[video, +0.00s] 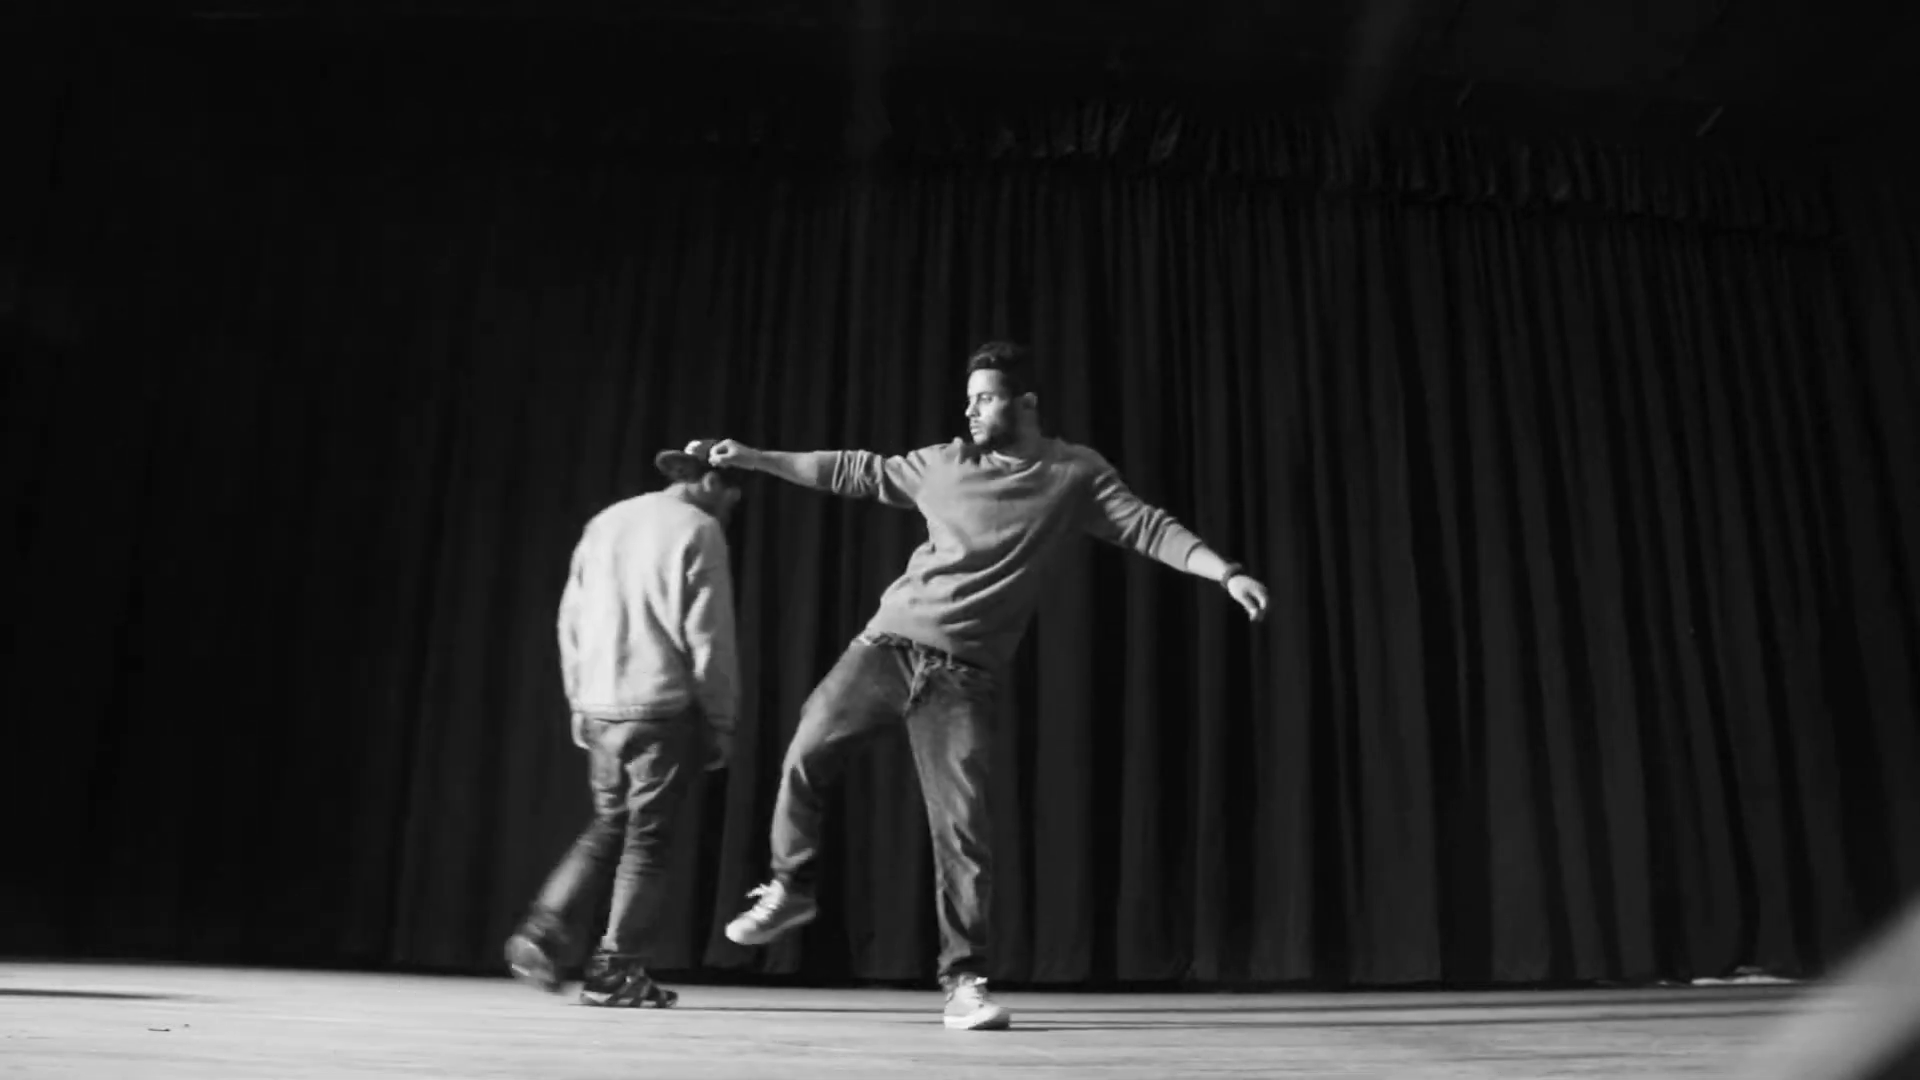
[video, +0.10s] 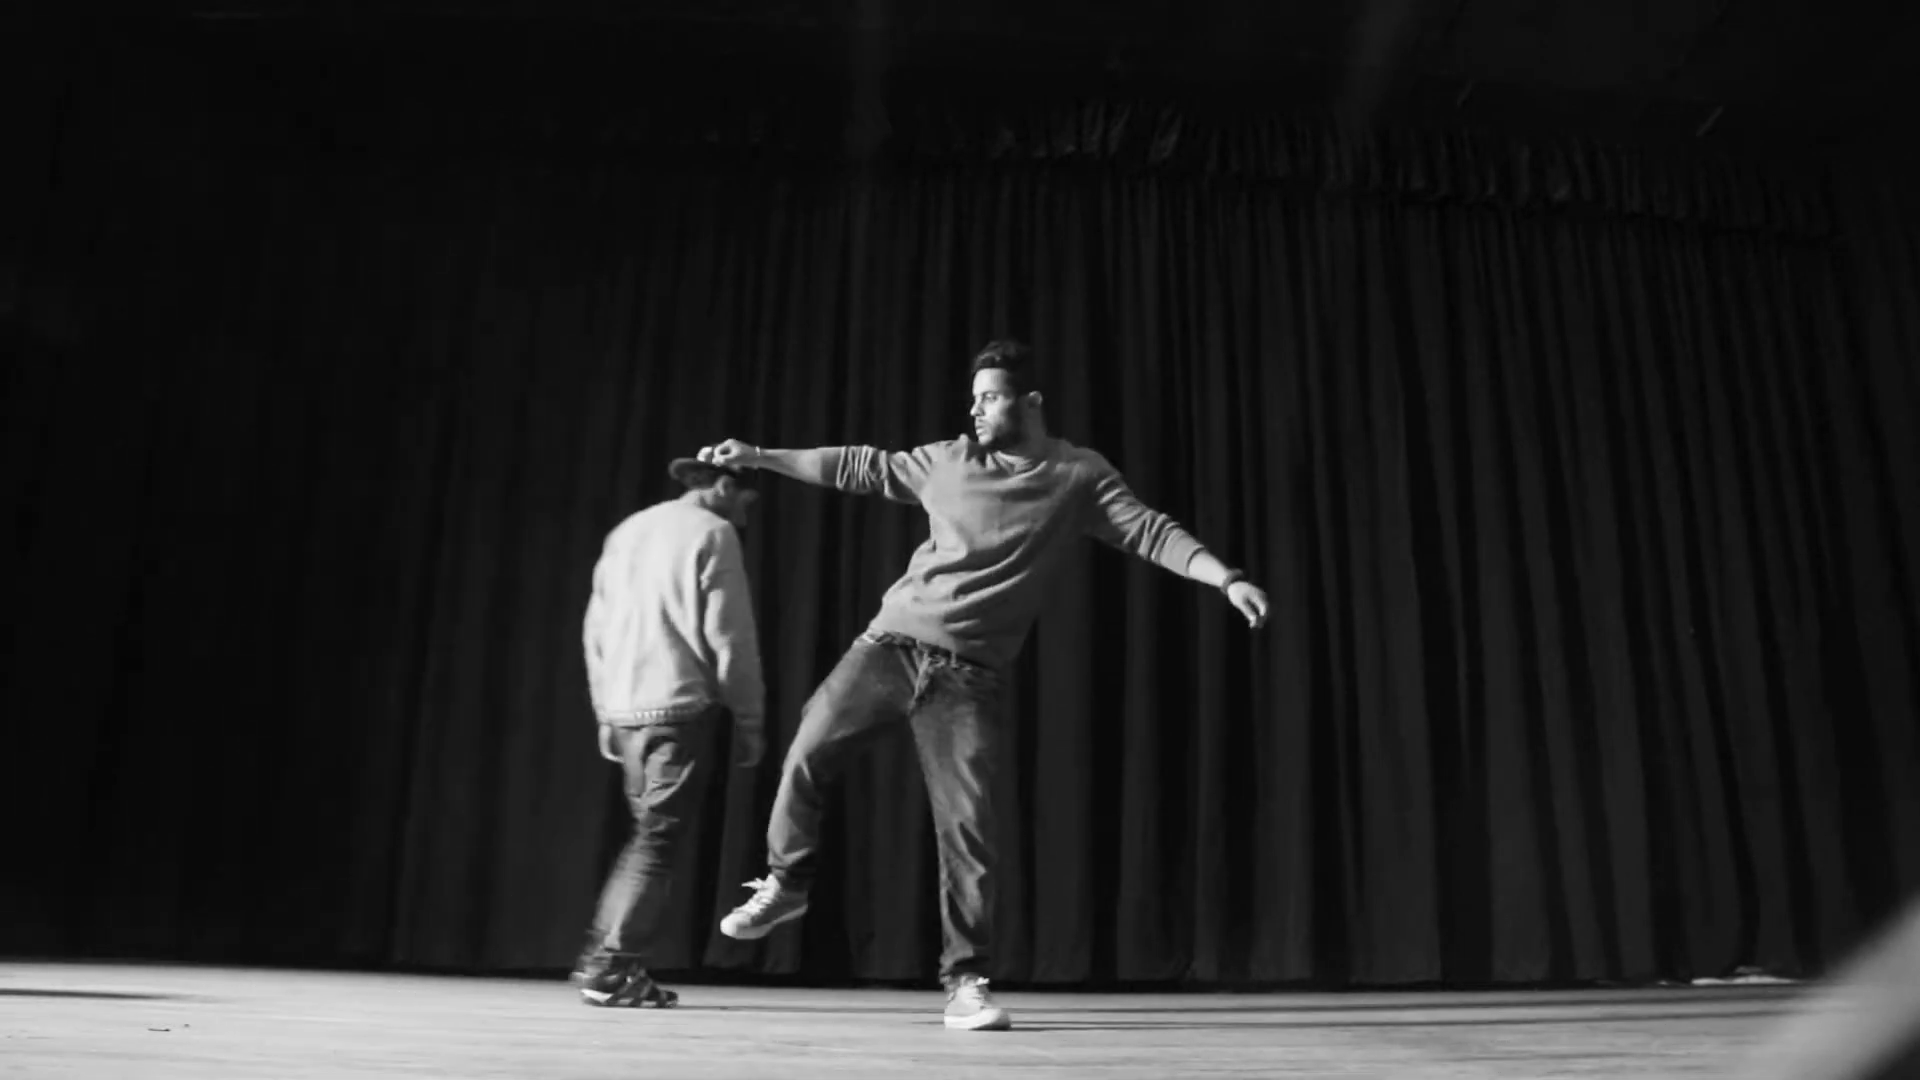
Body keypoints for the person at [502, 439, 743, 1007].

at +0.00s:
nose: (732, 506)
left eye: (735, 496)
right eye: (732, 495)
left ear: (676, 477)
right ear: (711, 483)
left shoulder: (603, 523)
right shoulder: (698, 529)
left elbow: (571, 625)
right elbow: (709, 638)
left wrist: (582, 704)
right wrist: (721, 721)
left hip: (600, 707)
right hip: (659, 708)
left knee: (606, 825)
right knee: (647, 840)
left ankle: (541, 936)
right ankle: (619, 968)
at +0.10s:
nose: (751, 506)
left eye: (753, 496)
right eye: (748, 494)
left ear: (698, 484)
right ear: (720, 485)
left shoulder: (624, 532)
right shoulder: (713, 532)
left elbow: (596, 630)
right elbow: (728, 632)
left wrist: (608, 711)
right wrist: (749, 715)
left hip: (623, 708)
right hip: (677, 707)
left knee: (649, 837)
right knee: (656, 840)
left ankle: (622, 965)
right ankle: (605, 962)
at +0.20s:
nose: (766, 511)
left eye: (768, 502)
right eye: (763, 499)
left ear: (712, 489)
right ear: (739, 489)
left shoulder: (647, 541)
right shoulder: (729, 535)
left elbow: (622, 639)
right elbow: (744, 636)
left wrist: (637, 718)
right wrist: (774, 721)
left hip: (649, 716)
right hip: (696, 713)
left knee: (695, 845)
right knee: (666, 842)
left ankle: (689, 968)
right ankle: (617, 966)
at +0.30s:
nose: (789, 516)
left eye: (790, 506)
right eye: (784, 504)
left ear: (737, 500)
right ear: (759, 499)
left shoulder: (672, 553)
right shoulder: (745, 545)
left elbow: (649, 644)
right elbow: (757, 638)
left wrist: (664, 713)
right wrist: (788, 720)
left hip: (670, 717)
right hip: (715, 713)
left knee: (722, 842)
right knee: (679, 836)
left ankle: (749, 964)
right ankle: (618, 960)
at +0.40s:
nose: (817, 524)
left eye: (816, 514)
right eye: (809, 513)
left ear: (760, 513)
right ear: (781, 513)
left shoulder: (707, 565)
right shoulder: (762, 557)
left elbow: (682, 657)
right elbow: (767, 647)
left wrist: (693, 723)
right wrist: (794, 729)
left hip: (698, 724)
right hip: (734, 723)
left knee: (755, 850)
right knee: (694, 842)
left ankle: (781, 972)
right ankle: (622, 957)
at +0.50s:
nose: (843, 539)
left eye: (844, 529)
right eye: (836, 528)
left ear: (803, 522)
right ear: (807, 523)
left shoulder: (764, 560)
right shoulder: (778, 560)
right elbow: (774, 649)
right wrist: (793, 729)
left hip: (743, 721)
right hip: (749, 722)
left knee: (782, 851)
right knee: (741, 846)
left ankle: (786, 970)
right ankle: (641, 942)